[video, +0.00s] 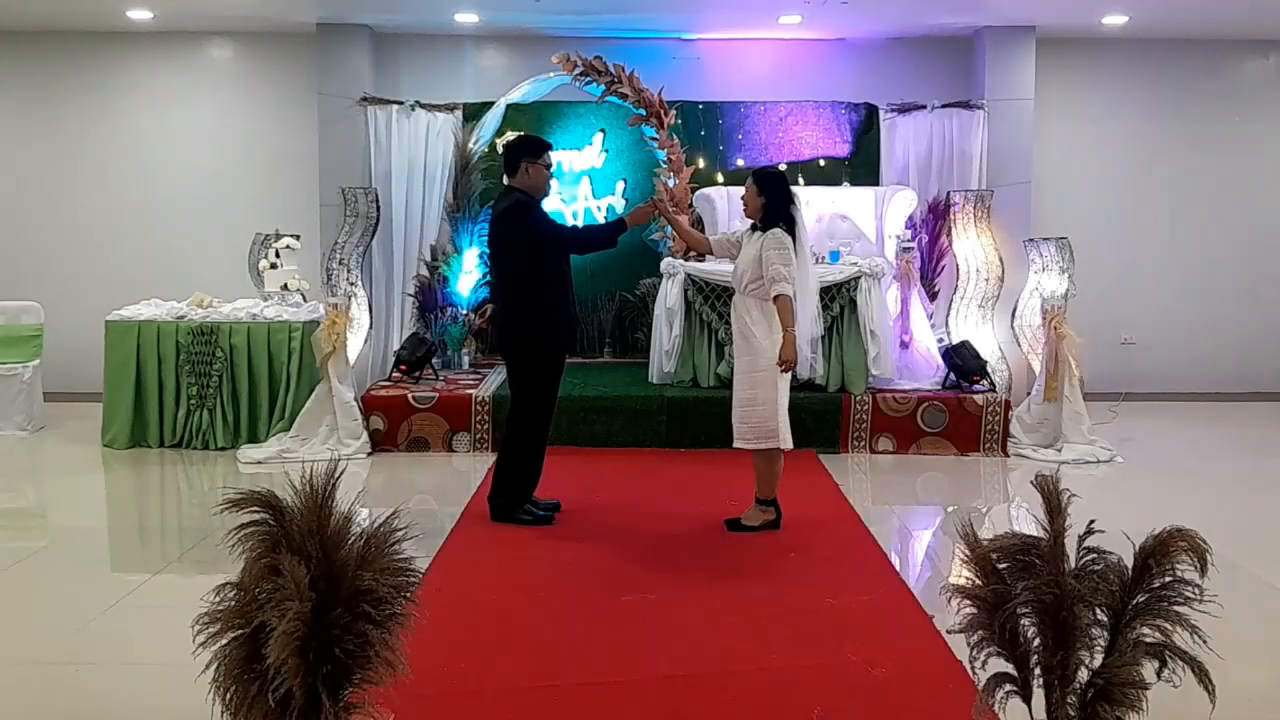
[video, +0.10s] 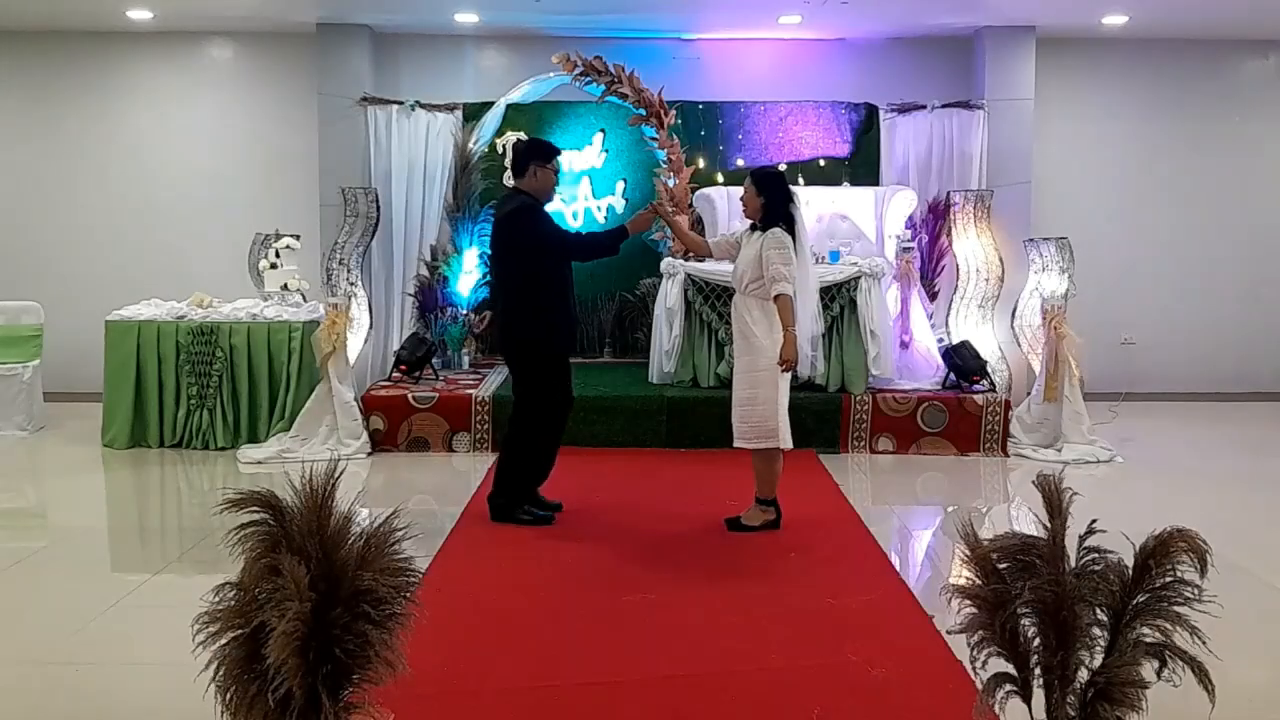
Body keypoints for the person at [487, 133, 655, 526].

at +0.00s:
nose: (551, 176)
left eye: (550, 169)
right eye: (546, 169)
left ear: (523, 171)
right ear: (524, 170)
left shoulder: (517, 209)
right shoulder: (518, 211)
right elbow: (568, 241)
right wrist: (626, 222)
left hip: (534, 329)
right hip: (533, 331)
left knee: (532, 416)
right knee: (529, 417)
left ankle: (519, 494)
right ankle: (507, 503)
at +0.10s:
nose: (557, 180)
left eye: (557, 172)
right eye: (553, 172)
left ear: (530, 173)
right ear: (533, 172)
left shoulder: (521, 210)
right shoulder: (521, 212)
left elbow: (569, 245)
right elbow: (572, 247)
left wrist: (621, 233)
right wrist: (627, 230)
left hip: (535, 330)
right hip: (533, 333)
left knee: (549, 406)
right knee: (539, 409)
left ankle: (524, 490)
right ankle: (507, 501)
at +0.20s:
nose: (567, 186)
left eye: (568, 179)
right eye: (564, 178)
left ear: (540, 175)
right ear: (546, 175)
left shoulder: (523, 209)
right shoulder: (531, 212)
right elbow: (574, 254)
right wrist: (630, 239)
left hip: (539, 330)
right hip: (538, 333)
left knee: (570, 401)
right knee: (541, 410)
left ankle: (542, 482)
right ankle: (507, 501)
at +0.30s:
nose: (581, 190)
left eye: (582, 183)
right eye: (579, 182)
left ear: (553, 177)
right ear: (563, 177)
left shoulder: (525, 211)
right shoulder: (545, 213)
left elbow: (500, 273)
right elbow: (582, 261)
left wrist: (492, 322)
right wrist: (634, 252)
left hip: (538, 332)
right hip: (547, 335)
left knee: (582, 399)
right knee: (536, 414)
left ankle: (578, 485)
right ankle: (508, 502)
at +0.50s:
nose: (611, 202)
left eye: (613, 195)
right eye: (610, 193)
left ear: (581, 185)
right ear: (594, 186)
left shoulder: (544, 219)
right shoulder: (583, 220)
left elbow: (515, 269)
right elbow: (593, 276)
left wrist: (489, 312)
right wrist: (630, 307)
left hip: (550, 334)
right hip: (569, 337)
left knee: (587, 411)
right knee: (541, 418)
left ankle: (620, 478)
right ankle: (508, 503)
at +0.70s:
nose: (650, 204)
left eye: (652, 197)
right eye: (649, 196)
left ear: (624, 188)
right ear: (634, 188)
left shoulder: (584, 216)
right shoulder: (623, 221)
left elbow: (552, 263)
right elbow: (621, 281)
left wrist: (526, 309)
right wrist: (611, 328)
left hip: (583, 328)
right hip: (601, 332)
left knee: (614, 408)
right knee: (577, 410)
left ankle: (627, 483)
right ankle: (521, 487)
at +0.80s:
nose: (666, 203)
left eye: (668, 196)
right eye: (664, 194)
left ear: (640, 186)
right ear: (649, 187)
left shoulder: (602, 214)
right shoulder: (636, 222)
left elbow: (573, 262)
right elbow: (627, 279)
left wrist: (552, 309)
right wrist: (613, 326)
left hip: (599, 330)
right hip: (621, 334)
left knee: (621, 409)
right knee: (616, 410)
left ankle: (630, 483)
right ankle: (548, 474)